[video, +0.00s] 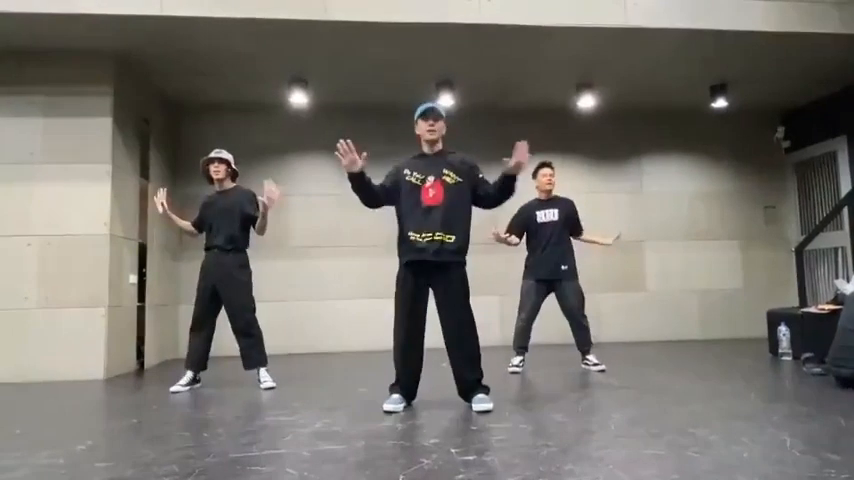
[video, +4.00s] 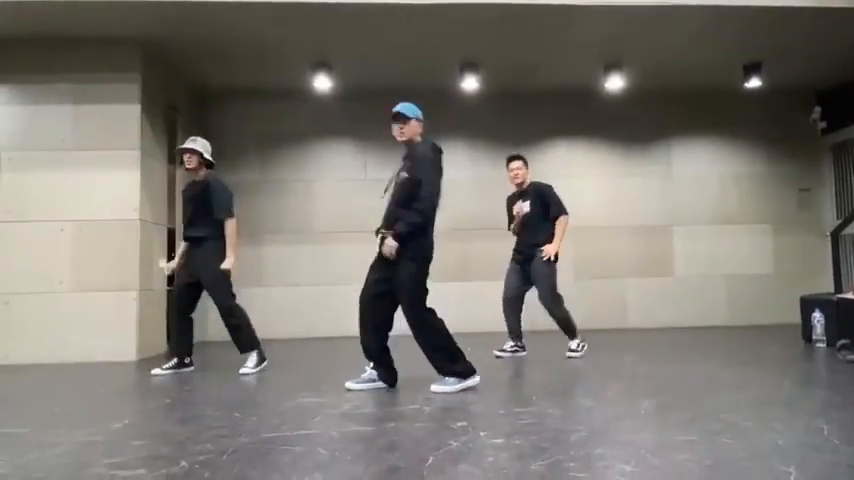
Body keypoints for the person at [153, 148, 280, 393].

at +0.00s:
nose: (215, 167)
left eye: (220, 163)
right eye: (212, 164)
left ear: (230, 168)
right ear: (208, 170)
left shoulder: (245, 195)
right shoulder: (209, 201)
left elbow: (260, 230)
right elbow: (194, 229)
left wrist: (266, 209)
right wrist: (167, 213)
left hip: (236, 263)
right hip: (211, 263)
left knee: (245, 318)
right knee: (202, 318)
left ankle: (261, 370)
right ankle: (192, 372)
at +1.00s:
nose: (217, 164)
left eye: (222, 160)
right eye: (213, 161)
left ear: (231, 165)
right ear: (208, 167)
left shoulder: (245, 191)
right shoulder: (203, 196)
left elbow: (260, 226)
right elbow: (190, 225)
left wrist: (267, 208)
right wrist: (165, 209)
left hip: (235, 261)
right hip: (208, 261)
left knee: (249, 315)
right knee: (199, 316)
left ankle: (266, 367)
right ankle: (192, 371)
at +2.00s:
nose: (203, 169)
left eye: (207, 164)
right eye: (200, 166)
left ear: (219, 166)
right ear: (199, 171)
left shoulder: (230, 195)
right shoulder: (210, 195)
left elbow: (236, 234)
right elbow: (208, 230)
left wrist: (230, 262)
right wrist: (225, 259)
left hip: (213, 254)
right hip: (197, 254)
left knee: (212, 313)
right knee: (196, 313)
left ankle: (224, 370)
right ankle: (204, 367)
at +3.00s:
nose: (203, 161)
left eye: (208, 156)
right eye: (200, 157)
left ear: (219, 160)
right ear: (199, 162)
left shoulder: (233, 190)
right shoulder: (201, 192)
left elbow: (245, 222)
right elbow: (198, 231)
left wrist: (251, 244)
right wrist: (179, 254)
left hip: (223, 254)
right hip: (202, 255)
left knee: (221, 310)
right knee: (197, 312)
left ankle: (234, 366)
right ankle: (182, 364)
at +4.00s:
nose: (187, 158)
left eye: (192, 154)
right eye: (185, 154)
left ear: (203, 158)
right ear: (183, 159)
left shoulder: (215, 185)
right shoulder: (188, 190)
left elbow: (229, 220)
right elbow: (189, 231)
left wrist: (230, 257)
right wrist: (178, 259)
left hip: (212, 253)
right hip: (191, 254)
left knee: (226, 304)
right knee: (180, 306)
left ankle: (255, 353)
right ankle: (182, 358)